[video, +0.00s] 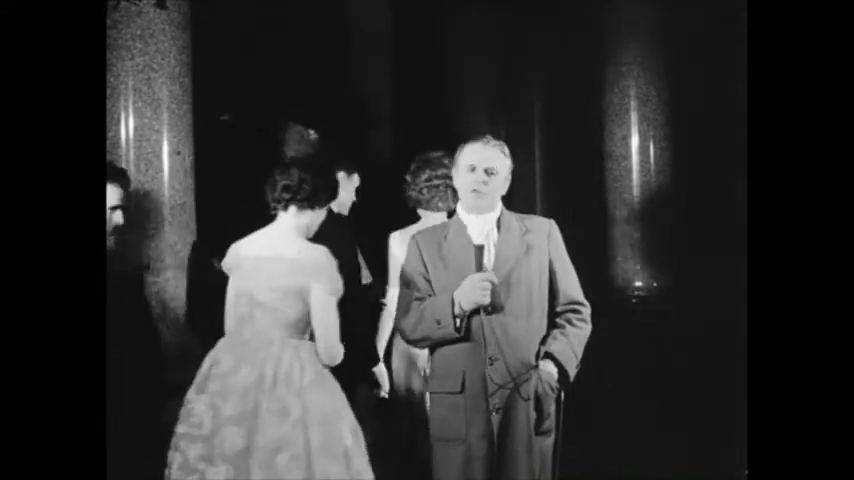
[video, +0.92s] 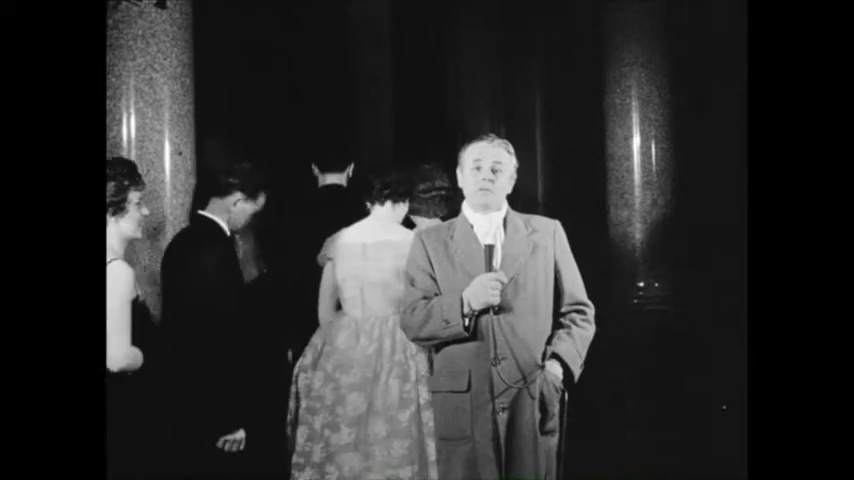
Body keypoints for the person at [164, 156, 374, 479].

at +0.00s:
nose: (325, 218)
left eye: (326, 209)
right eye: (324, 209)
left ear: (279, 201)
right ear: (313, 207)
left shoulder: (240, 249)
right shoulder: (317, 259)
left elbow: (230, 327)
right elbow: (331, 353)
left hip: (236, 371)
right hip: (291, 377)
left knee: (232, 468)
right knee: (294, 468)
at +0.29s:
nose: (352, 220)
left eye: (353, 211)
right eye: (352, 211)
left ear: (311, 204)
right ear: (346, 209)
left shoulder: (273, 252)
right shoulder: (353, 259)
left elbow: (262, 326)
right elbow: (363, 349)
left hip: (271, 370)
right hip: (327, 374)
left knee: (267, 467)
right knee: (330, 467)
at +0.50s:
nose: (371, 215)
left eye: (370, 206)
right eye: (369, 207)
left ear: (329, 203)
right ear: (363, 209)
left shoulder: (296, 254)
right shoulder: (370, 255)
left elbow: (288, 331)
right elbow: (384, 340)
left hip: (299, 370)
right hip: (352, 373)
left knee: (297, 467)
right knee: (355, 466)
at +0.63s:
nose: (381, 218)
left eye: (382, 210)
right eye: (381, 210)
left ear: (340, 204)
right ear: (371, 209)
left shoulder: (309, 251)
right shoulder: (383, 250)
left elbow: (301, 326)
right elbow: (398, 329)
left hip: (317, 359)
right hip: (369, 363)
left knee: (315, 458)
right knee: (371, 458)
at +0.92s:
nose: (406, 208)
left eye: (406, 201)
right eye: (406, 201)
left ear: (369, 199)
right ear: (398, 200)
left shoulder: (339, 242)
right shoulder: (413, 242)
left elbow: (325, 311)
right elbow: (422, 307)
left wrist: (341, 351)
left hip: (349, 351)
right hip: (400, 351)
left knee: (344, 446)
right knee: (400, 447)